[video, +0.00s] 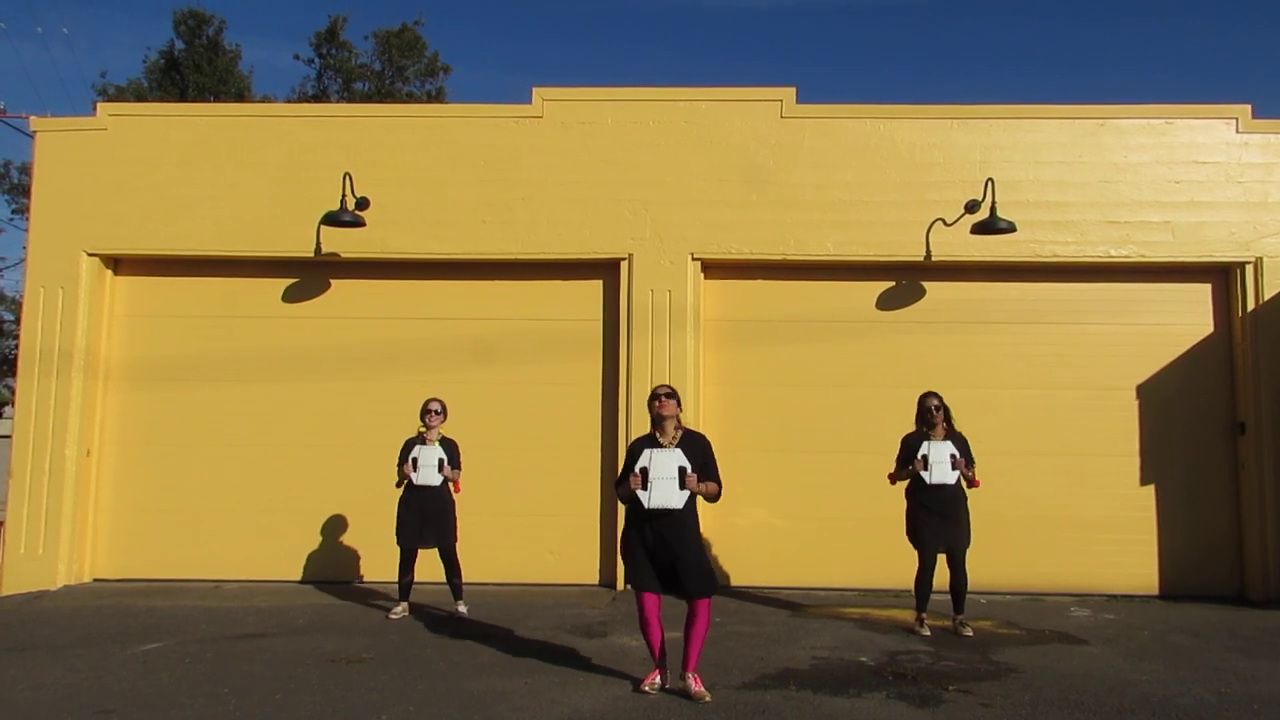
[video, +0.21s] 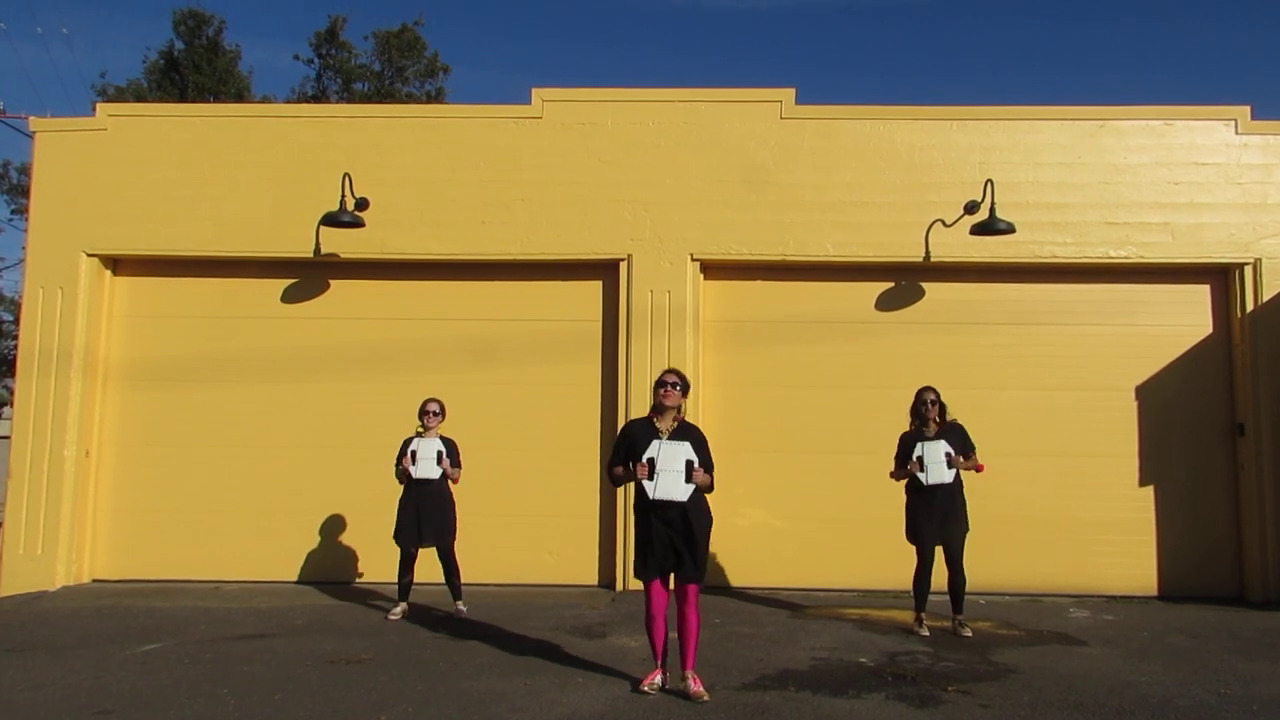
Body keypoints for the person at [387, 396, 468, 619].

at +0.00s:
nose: (432, 416)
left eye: (437, 412)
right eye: (428, 412)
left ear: (443, 417)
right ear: (422, 416)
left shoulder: (449, 445)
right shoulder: (411, 443)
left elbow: (456, 476)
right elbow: (400, 477)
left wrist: (449, 473)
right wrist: (404, 473)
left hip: (440, 505)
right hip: (412, 505)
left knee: (448, 554)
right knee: (407, 554)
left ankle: (459, 603)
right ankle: (403, 603)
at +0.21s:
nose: (430, 417)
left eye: (435, 413)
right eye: (426, 413)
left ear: (442, 417)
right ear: (420, 416)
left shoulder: (448, 444)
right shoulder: (409, 443)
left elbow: (456, 476)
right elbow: (400, 477)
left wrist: (448, 469)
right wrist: (405, 469)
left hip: (440, 505)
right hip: (412, 504)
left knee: (446, 553)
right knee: (407, 553)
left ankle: (458, 602)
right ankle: (402, 602)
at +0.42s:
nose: (430, 418)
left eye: (435, 415)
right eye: (426, 414)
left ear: (441, 419)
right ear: (420, 418)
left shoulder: (448, 446)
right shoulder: (410, 445)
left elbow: (456, 476)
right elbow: (398, 477)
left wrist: (448, 473)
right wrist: (403, 473)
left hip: (442, 505)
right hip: (414, 504)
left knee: (448, 553)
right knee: (408, 554)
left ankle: (458, 603)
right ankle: (402, 603)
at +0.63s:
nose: (430, 415)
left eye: (435, 412)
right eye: (426, 412)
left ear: (442, 416)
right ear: (421, 417)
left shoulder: (450, 445)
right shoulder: (412, 446)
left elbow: (460, 473)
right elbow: (403, 475)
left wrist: (448, 473)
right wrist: (405, 473)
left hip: (442, 506)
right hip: (414, 505)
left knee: (448, 555)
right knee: (408, 554)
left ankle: (458, 605)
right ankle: (402, 604)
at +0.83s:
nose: (431, 415)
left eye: (435, 411)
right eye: (427, 412)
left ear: (443, 416)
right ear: (422, 416)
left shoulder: (450, 444)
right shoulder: (412, 443)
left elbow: (460, 474)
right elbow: (401, 476)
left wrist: (448, 468)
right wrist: (406, 469)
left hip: (443, 506)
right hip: (415, 505)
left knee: (448, 554)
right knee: (409, 554)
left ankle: (457, 603)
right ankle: (401, 602)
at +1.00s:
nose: (432, 417)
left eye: (436, 414)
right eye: (428, 414)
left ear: (444, 418)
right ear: (423, 417)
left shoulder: (450, 446)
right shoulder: (412, 445)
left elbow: (458, 476)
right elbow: (400, 476)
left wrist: (449, 473)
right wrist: (405, 473)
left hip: (444, 507)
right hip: (416, 506)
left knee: (449, 554)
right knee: (408, 554)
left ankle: (457, 602)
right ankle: (401, 602)